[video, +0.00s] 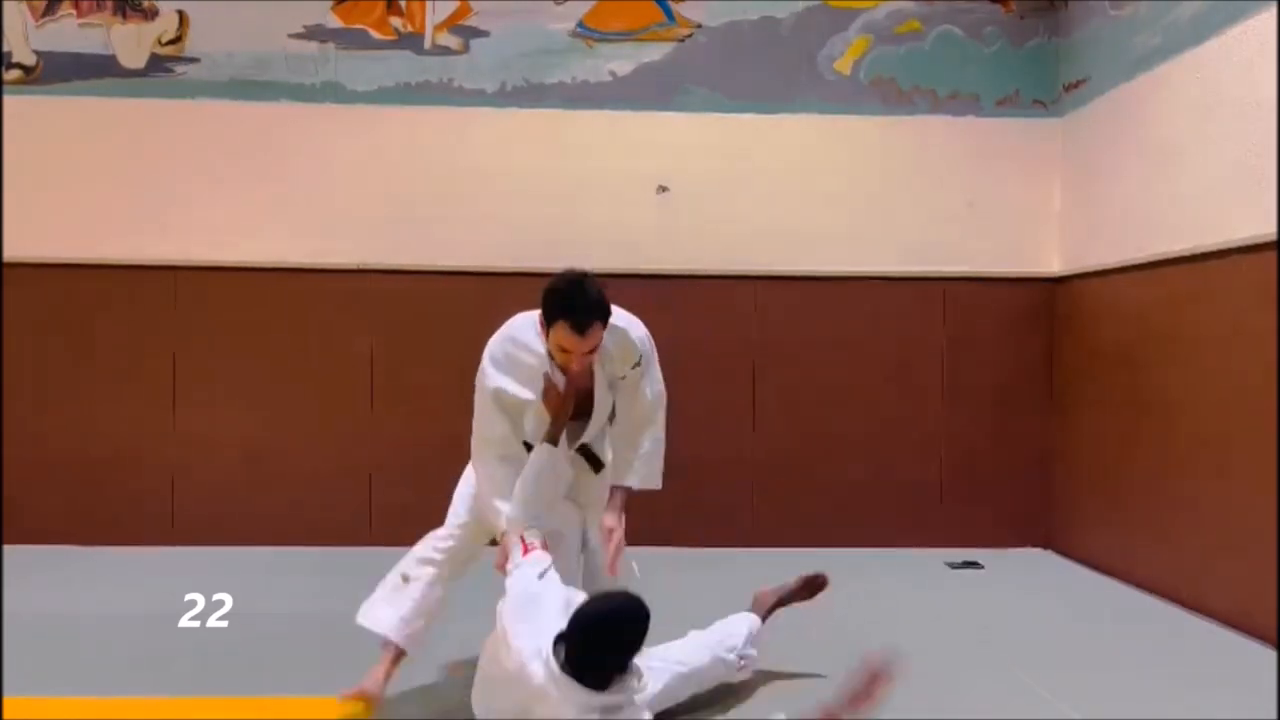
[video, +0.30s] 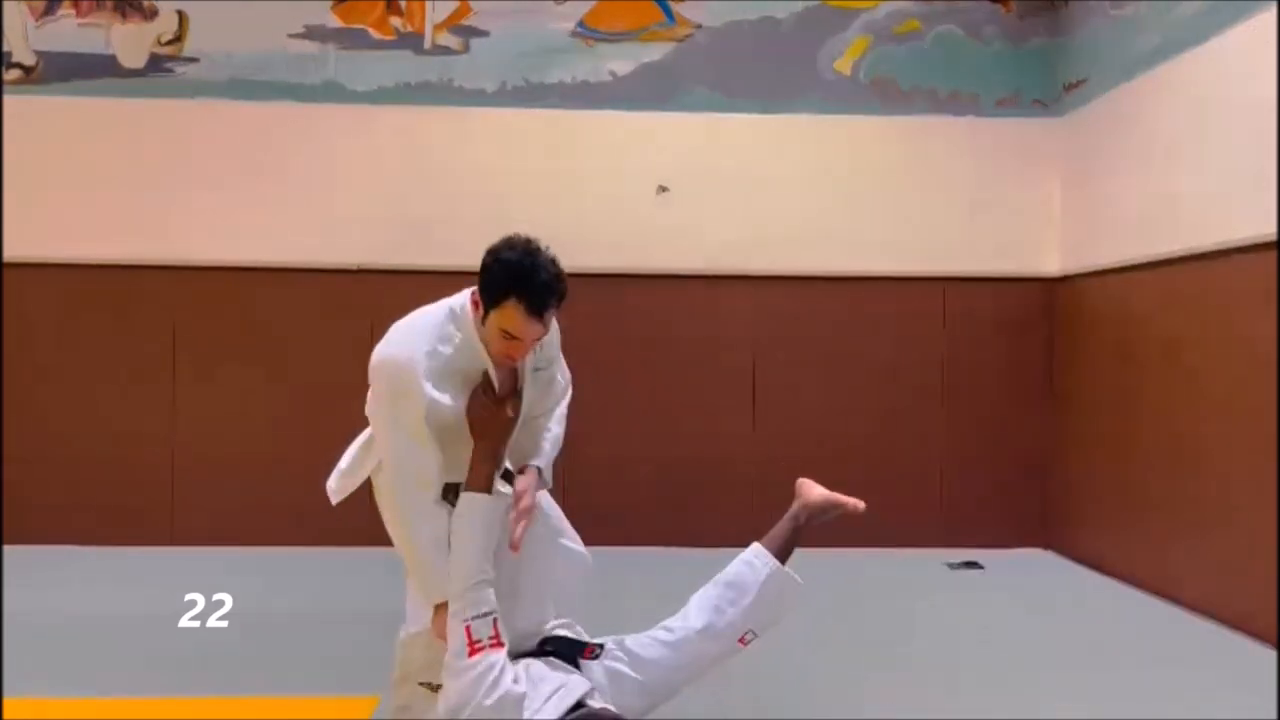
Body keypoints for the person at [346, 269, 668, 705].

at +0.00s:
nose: (578, 362)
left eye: (589, 352)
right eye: (566, 352)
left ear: (603, 329)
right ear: (545, 329)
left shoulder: (629, 341)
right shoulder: (509, 351)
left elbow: (638, 422)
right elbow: (495, 448)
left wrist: (617, 502)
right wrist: (507, 531)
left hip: (584, 466)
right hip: (516, 461)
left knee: (600, 563)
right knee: (453, 544)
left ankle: (602, 664)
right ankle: (381, 672)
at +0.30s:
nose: (522, 354)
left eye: (536, 338)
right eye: (509, 336)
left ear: (550, 320)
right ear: (477, 304)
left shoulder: (541, 325)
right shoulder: (407, 359)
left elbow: (551, 396)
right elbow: (407, 488)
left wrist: (535, 468)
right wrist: (441, 598)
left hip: (504, 484)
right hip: (432, 490)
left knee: (569, 560)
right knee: (436, 618)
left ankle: (539, 681)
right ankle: (420, 707)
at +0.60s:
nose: (482, 390)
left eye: (497, 375)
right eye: (465, 376)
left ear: (514, 342)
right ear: (432, 340)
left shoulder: (530, 330)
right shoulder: (365, 373)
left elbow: (543, 400)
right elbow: (383, 503)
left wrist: (508, 485)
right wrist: (423, 618)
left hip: (498, 482)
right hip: (416, 489)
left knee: (534, 560)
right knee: (424, 618)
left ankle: (540, 682)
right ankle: (413, 707)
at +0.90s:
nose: (558, 261)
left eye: (569, 247)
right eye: (546, 245)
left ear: (579, 232)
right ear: (509, 228)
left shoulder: (569, 280)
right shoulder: (449, 284)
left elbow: (597, 346)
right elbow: (373, 381)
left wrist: (618, 404)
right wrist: (382, 484)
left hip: (530, 457)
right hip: (455, 455)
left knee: (585, 579)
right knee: (448, 605)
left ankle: (568, 703)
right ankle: (418, 712)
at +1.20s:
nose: (566, 242)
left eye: (571, 233)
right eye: (564, 229)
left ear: (544, 217)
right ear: (536, 212)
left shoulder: (540, 270)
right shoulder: (487, 241)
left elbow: (566, 316)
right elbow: (518, 291)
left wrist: (626, 292)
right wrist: (604, 283)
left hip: (501, 393)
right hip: (452, 385)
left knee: (518, 514)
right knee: (426, 513)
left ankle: (517, 628)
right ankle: (386, 633)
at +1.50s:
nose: (571, 221)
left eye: (577, 217)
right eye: (571, 211)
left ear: (563, 208)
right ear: (552, 195)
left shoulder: (554, 244)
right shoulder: (493, 229)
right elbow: (532, 251)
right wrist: (609, 210)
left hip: (510, 386)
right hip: (462, 378)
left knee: (521, 508)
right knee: (434, 505)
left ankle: (518, 625)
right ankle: (389, 628)